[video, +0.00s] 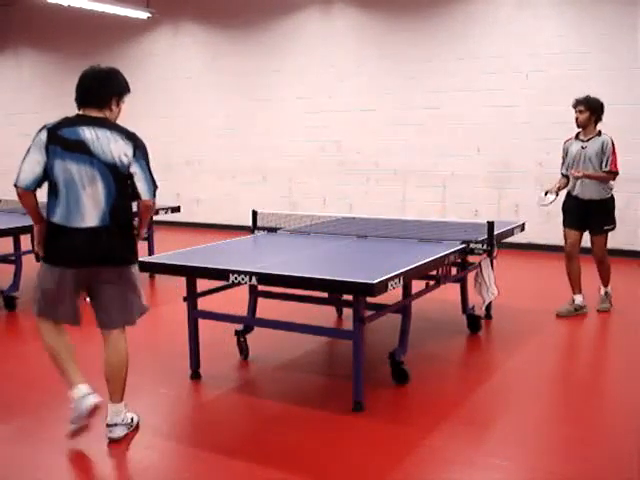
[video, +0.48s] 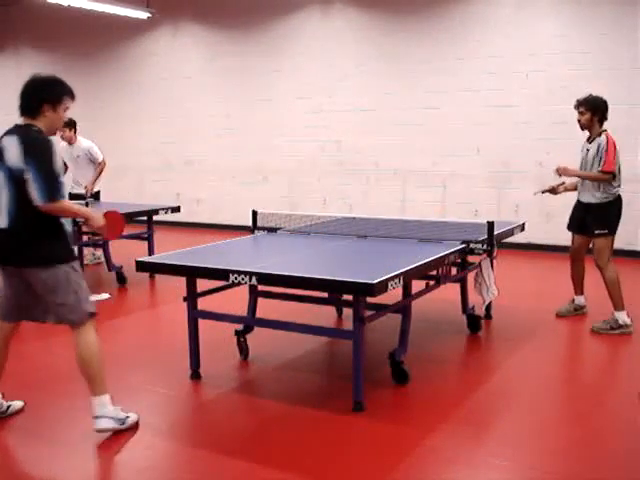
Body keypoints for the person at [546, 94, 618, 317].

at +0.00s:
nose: (576, 116)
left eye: (581, 112)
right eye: (575, 112)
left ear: (594, 115)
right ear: (575, 115)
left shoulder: (605, 142)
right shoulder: (569, 144)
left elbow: (611, 175)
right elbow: (566, 176)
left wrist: (585, 174)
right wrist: (556, 187)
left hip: (599, 202)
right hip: (574, 201)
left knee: (599, 254)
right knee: (570, 250)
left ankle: (605, 292)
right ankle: (577, 299)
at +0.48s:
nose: (578, 118)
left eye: (582, 114)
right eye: (578, 114)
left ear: (595, 115)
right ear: (586, 116)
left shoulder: (607, 141)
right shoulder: (587, 144)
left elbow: (607, 175)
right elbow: (587, 181)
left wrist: (573, 173)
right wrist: (564, 187)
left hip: (605, 205)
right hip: (585, 203)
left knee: (603, 260)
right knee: (576, 252)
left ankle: (621, 317)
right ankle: (578, 301)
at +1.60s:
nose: (581, 122)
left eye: (584, 117)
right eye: (581, 117)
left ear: (597, 116)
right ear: (602, 117)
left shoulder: (600, 137)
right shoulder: (614, 138)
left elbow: (597, 174)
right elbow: (607, 177)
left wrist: (567, 183)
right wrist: (581, 184)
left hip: (609, 199)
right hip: (627, 197)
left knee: (592, 258)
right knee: (622, 254)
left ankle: (586, 314)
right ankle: (633, 308)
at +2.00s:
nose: (565, 126)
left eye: (565, 121)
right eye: (564, 122)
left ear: (572, 120)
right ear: (586, 117)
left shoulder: (577, 139)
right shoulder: (603, 138)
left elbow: (574, 174)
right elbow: (593, 172)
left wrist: (556, 187)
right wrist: (563, 176)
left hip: (591, 198)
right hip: (613, 196)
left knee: (581, 258)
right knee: (600, 254)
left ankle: (584, 314)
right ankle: (603, 304)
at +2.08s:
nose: (562, 128)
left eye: (563, 123)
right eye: (561, 123)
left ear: (570, 121)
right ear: (583, 119)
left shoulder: (576, 140)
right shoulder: (597, 138)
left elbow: (572, 174)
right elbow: (587, 173)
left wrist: (552, 187)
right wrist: (561, 177)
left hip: (591, 198)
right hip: (612, 196)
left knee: (579, 259)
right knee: (597, 255)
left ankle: (584, 313)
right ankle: (599, 305)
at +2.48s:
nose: (546, 137)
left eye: (547, 132)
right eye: (545, 133)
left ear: (557, 132)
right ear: (567, 132)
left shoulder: (560, 151)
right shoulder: (585, 148)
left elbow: (550, 188)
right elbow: (592, 182)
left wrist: (526, 210)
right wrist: (568, 202)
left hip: (589, 202)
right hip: (611, 200)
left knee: (567, 253)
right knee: (592, 252)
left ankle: (562, 308)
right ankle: (597, 305)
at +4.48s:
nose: (500, 167)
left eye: (504, 163)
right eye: (499, 163)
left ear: (515, 163)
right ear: (516, 162)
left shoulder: (524, 182)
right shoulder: (526, 170)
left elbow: (536, 216)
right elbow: (498, 153)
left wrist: (529, 246)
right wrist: (479, 164)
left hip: (551, 222)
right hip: (560, 217)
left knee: (518, 262)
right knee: (520, 248)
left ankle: (549, 303)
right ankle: (553, 274)